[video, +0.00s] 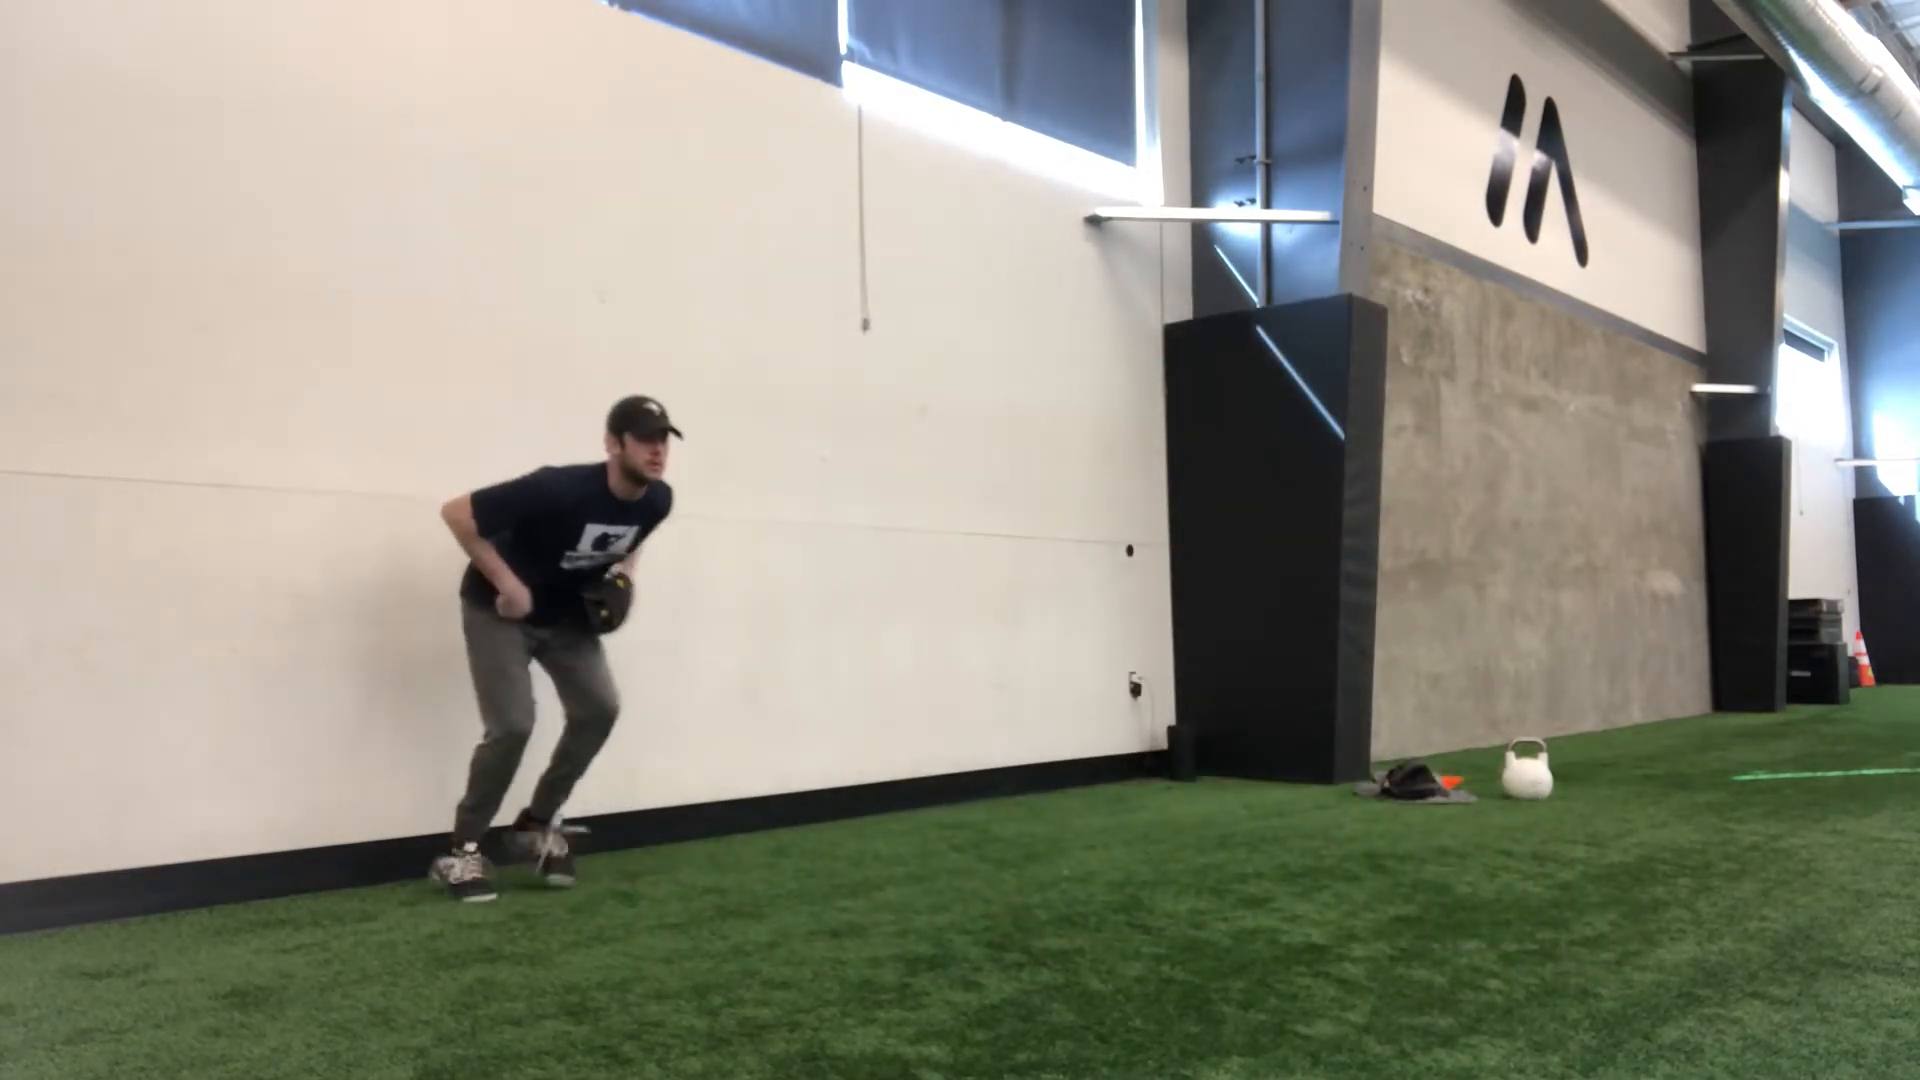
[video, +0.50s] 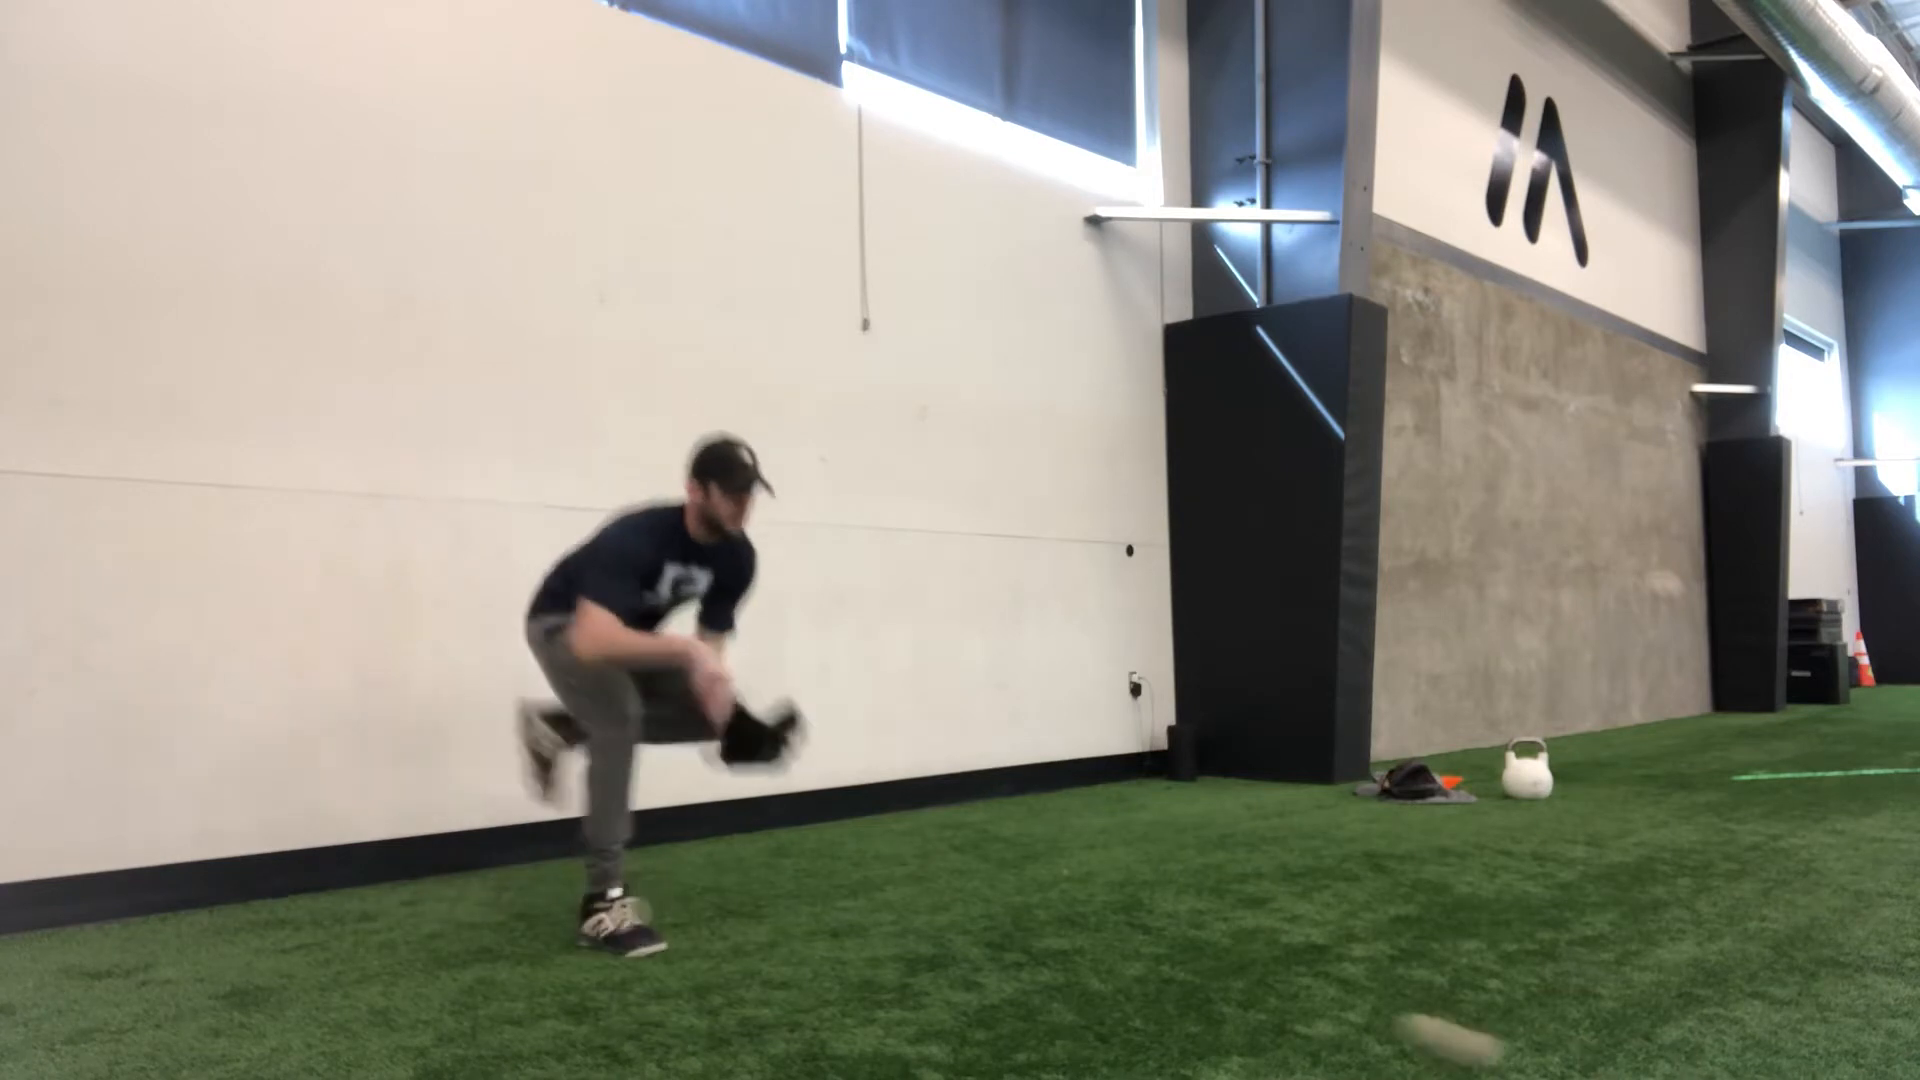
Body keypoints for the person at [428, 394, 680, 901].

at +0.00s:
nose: (658, 450)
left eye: (663, 440)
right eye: (645, 439)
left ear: (670, 445)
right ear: (614, 445)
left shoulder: (657, 501)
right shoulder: (558, 488)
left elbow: (632, 541)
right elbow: (457, 512)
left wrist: (625, 576)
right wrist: (506, 582)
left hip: (567, 618)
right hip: (498, 612)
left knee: (598, 709)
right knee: (511, 726)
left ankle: (534, 828)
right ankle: (462, 851)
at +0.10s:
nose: (673, 460)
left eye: (678, 450)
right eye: (660, 449)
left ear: (685, 454)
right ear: (628, 453)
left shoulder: (669, 514)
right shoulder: (571, 496)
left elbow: (658, 554)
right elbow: (471, 521)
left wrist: (649, 599)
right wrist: (521, 590)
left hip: (571, 625)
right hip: (506, 615)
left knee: (583, 740)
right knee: (535, 719)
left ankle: (529, 848)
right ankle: (470, 827)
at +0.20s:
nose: (686, 470)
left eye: (691, 460)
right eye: (674, 459)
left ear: (698, 464)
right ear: (641, 461)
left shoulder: (681, 528)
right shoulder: (585, 503)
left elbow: (683, 589)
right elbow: (482, 542)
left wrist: (674, 633)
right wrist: (546, 592)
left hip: (579, 629)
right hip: (517, 609)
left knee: (590, 753)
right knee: (573, 692)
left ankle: (528, 847)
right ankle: (501, 814)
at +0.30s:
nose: (707, 467)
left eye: (712, 456)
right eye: (695, 455)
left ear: (718, 459)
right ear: (660, 455)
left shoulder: (700, 523)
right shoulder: (605, 494)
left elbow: (693, 605)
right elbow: (497, 555)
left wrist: (698, 646)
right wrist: (582, 591)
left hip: (583, 610)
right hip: (526, 591)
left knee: (591, 742)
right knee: (589, 658)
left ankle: (536, 840)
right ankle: (560, 821)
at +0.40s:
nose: (725, 474)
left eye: (731, 463)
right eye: (714, 461)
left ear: (736, 464)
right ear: (679, 457)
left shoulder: (719, 526)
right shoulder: (625, 499)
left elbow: (699, 619)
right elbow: (536, 588)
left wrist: (708, 674)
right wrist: (628, 613)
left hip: (608, 613)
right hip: (547, 603)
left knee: (644, 730)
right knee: (590, 704)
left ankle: (524, 772)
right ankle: (594, 877)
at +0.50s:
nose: (742, 505)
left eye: (748, 494)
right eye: (732, 493)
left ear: (752, 495)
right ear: (697, 490)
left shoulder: (735, 558)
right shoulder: (640, 535)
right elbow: (590, 638)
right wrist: (688, 653)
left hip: (626, 638)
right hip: (560, 630)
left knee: (706, 709)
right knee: (616, 715)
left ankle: (558, 728)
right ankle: (604, 903)